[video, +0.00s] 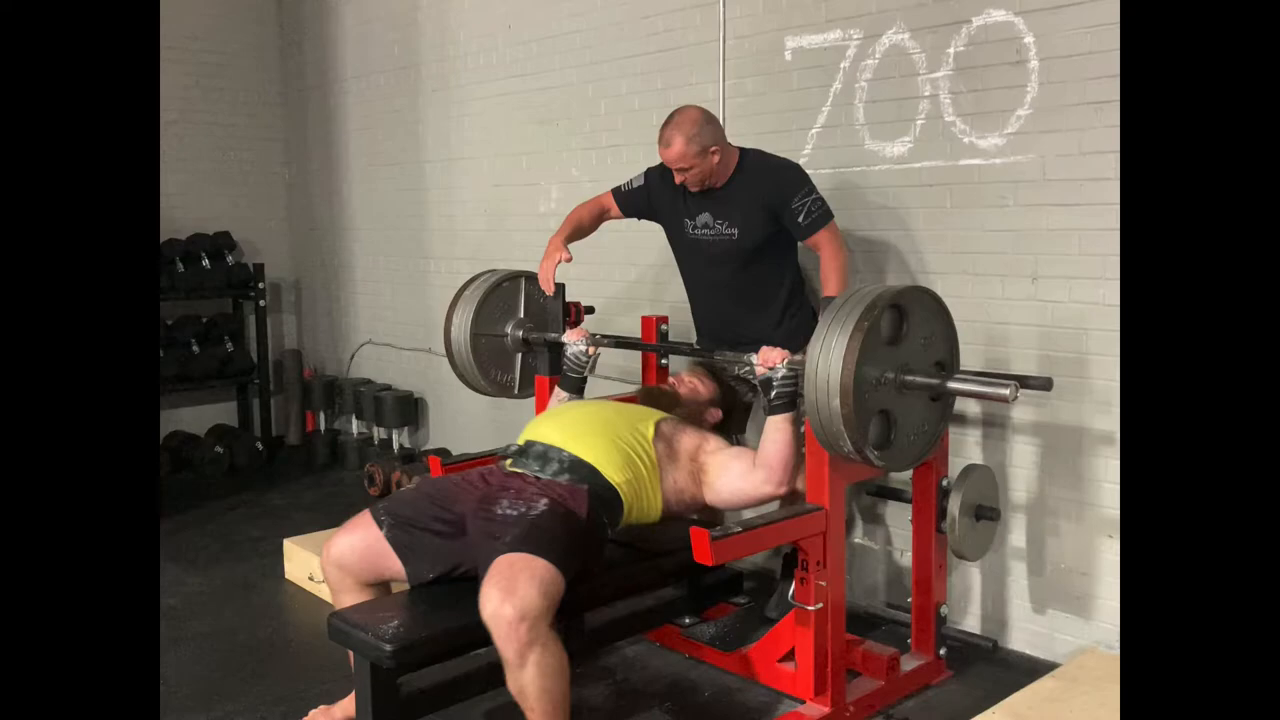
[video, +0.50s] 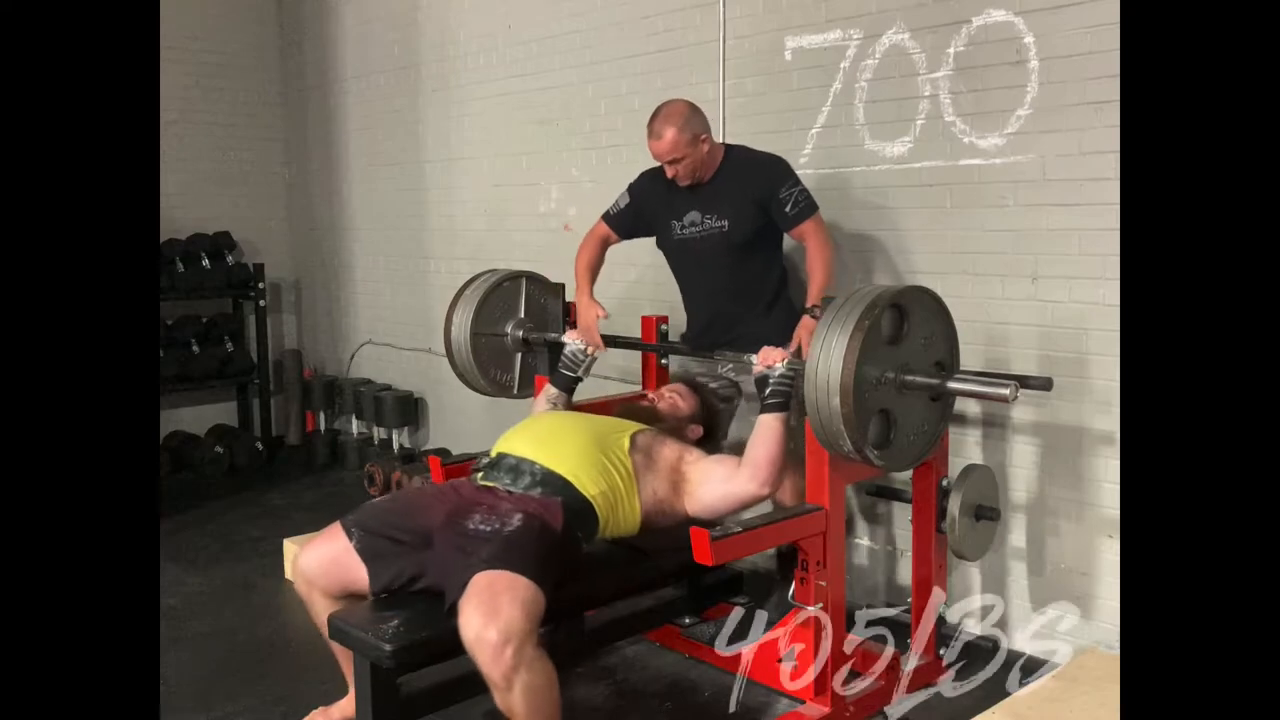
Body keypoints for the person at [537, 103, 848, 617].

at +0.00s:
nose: (677, 179)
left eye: (684, 169)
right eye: (671, 169)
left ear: (717, 153)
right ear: (667, 156)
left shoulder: (778, 178)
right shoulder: (664, 186)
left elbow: (831, 246)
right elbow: (600, 208)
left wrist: (833, 327)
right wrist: (558, 241)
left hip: (791, 350)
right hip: (718, 355)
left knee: (789, 478)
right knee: (713, 475)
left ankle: (795, 585)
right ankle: (724, 588)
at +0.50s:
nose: (668, 172)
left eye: (675, 160)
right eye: (661, 162)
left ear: (705, 140)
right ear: (654, 151)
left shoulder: (765, 173)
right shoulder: (652, 190)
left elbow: (817, 240)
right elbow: (595, 238)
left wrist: (814, 311)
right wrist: (584, 297)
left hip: (771, 348)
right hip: (701, 352)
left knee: (786, 484)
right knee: (687, 471)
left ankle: (801, 583)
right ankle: (705, 587)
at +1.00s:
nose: (673, 186)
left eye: (680, 174)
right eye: (663, 177)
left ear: (705, 147)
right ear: (652, 161)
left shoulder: (765, 183)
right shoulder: (652, 194)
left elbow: (811, 262)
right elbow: (605, 250)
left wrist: (787, 341)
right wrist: (595, 322)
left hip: (763, 350)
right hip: (698, 346)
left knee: (769, 475)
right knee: (673, 465)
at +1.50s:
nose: (659, 191)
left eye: (664, 178)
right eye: (648, 184)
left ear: (686, 148)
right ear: (633, 168)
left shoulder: (749, 185)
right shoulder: (631, 201)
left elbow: (783, 267)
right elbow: (590, 256)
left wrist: (753, 329)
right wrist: (592, 325)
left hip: (748, 356)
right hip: (678, 357)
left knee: (755, 466)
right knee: (669, 471)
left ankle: (769, 583)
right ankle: (674, 581)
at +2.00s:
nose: (639, 201)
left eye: (645, 189)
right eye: (629, 193)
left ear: (671, 162)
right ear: (616, 176)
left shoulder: (735, 196)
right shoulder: (615, 203)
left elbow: (765, 277)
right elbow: (582, 257)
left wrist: (734, 342)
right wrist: (591, 327)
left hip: (743, 358)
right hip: (671, 359)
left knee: (747, 476)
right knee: (655, 467)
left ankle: (760, 593)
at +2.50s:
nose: (631, 203)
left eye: (636, 191)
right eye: (621, 194)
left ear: (659, 161)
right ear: (607, 179)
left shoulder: (724, 194)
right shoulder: (606, 200)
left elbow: (761, 269)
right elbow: (577, 257)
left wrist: (734, 332)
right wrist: (595, 327)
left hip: (728, 367)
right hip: (657, 364)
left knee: (742, 481)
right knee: (631, 474)